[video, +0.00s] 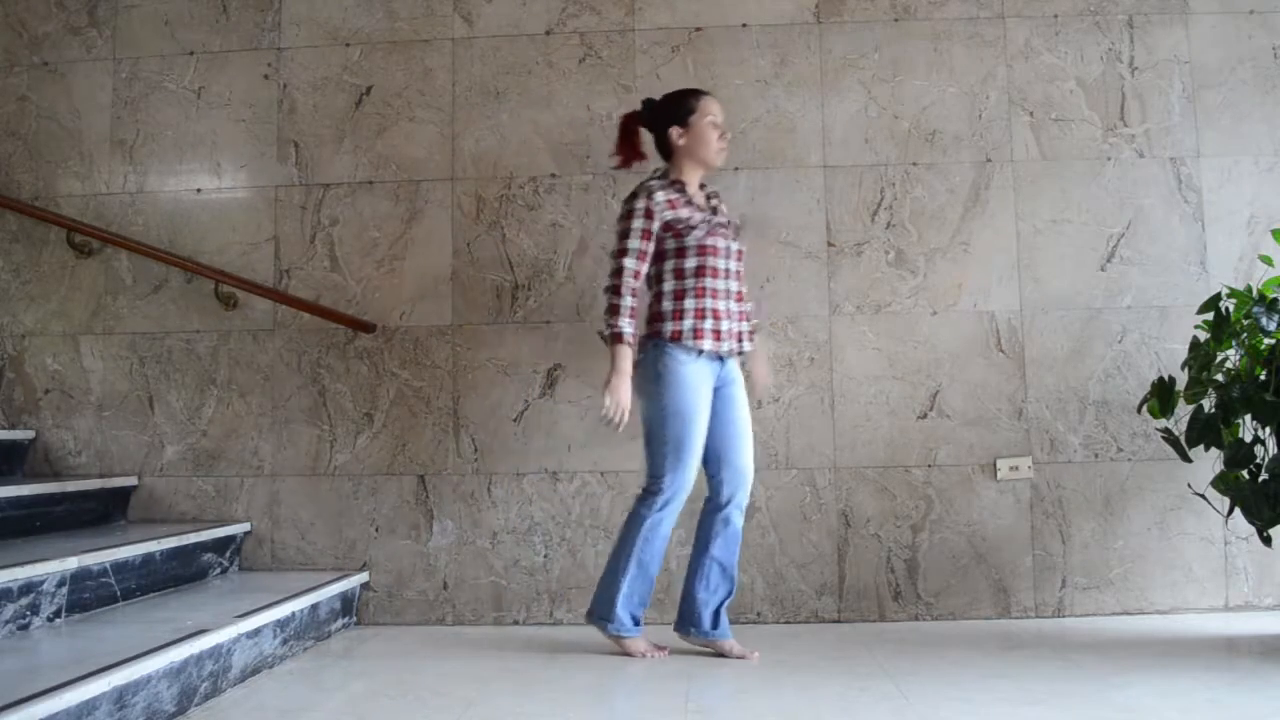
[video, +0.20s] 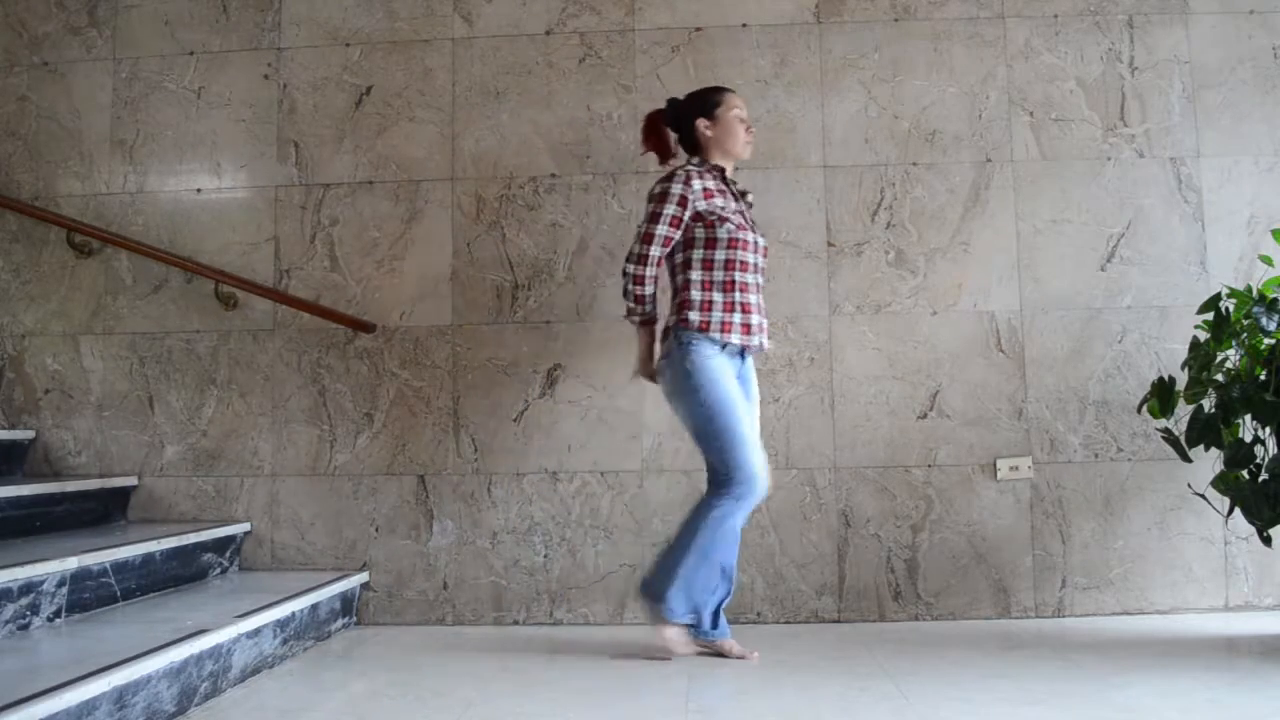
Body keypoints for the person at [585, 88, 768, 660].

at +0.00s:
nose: (725, 134)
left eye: (724, 125)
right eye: (713, 125)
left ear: (702, 138)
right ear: (677, 136)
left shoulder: (717, 209)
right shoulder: (651, 199)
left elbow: (732, 287)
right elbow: (628, 283)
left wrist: (750, 348)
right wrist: (620, 369)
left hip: (727, 362)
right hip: (678, 357)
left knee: (734, 486)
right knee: (668, 486)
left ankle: (705, 621)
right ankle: (617, 615)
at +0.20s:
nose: (750, 128)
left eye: (748, 119)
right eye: (740, 119)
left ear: (720, 131)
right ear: (705, 129)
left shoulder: (732, 193)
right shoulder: (685, 181)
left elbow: (729, 274)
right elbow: (643, 261)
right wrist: (647, 337)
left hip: (738, 354)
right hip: (696, 350)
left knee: (739, 483)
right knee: (745, 478)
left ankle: (707, 622)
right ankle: (667, 603)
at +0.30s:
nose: (759, 129)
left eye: (758, 120)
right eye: (748, 119)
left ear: (722, 131)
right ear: (712, 128)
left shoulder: (730, 190)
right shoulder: (698, 178)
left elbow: (705, 273)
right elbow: (649, 258)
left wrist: (670, 330)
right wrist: (657, 313)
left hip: (726, 350)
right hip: (707, 347)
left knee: (731, 480)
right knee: (772, 468)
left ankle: (699, 614)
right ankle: (722, 616)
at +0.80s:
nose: (781, 133)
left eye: (781, 124)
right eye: (771, 122)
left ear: (739, 132)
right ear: (734, 128)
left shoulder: (728, 187)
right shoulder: (737, 179)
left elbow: (706, 276)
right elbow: (729, 254)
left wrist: (686, 355)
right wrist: (727, 332)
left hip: (709, 348)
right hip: (735, 346)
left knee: (735, 487)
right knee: (805, 469)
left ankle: (701, 621)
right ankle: (798, 624)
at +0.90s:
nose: (784, 130)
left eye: (784, 120)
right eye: (774, 119)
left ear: (735, 129)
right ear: (737, 124)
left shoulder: (721, 179)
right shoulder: (744, 173)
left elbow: (720, 258)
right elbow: (761, 243)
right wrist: (783, 318)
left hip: (701, 347)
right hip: (731, 340)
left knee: (730, 488)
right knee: (801, 469)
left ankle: (702, 621)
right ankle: (800, 629)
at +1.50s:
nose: (806, 108)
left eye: (805, 97)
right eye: (797, 96)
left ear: (758, 104)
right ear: (763, 101)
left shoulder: (742, 168)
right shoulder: (761, 159)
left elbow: (786, 259)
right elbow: (818, 247)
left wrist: (840, 309)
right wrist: (841, 300)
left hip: (767, 339)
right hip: (768, 339)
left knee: (832, 482)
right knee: (782, 495)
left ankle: (755, 633)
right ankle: (745, 658)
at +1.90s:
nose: (819, 101)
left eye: (817, 88)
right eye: (811, 86)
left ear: (775, 93)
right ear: (778, 91)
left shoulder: (776, 158)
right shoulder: (753, 152)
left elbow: (805, 242)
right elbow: (821, 214)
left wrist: (858, 252)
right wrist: (870, 249)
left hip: (815, 334)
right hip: (781, 331)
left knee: (843, 491)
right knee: (786, 492)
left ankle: (839, 652)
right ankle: (747, 652)